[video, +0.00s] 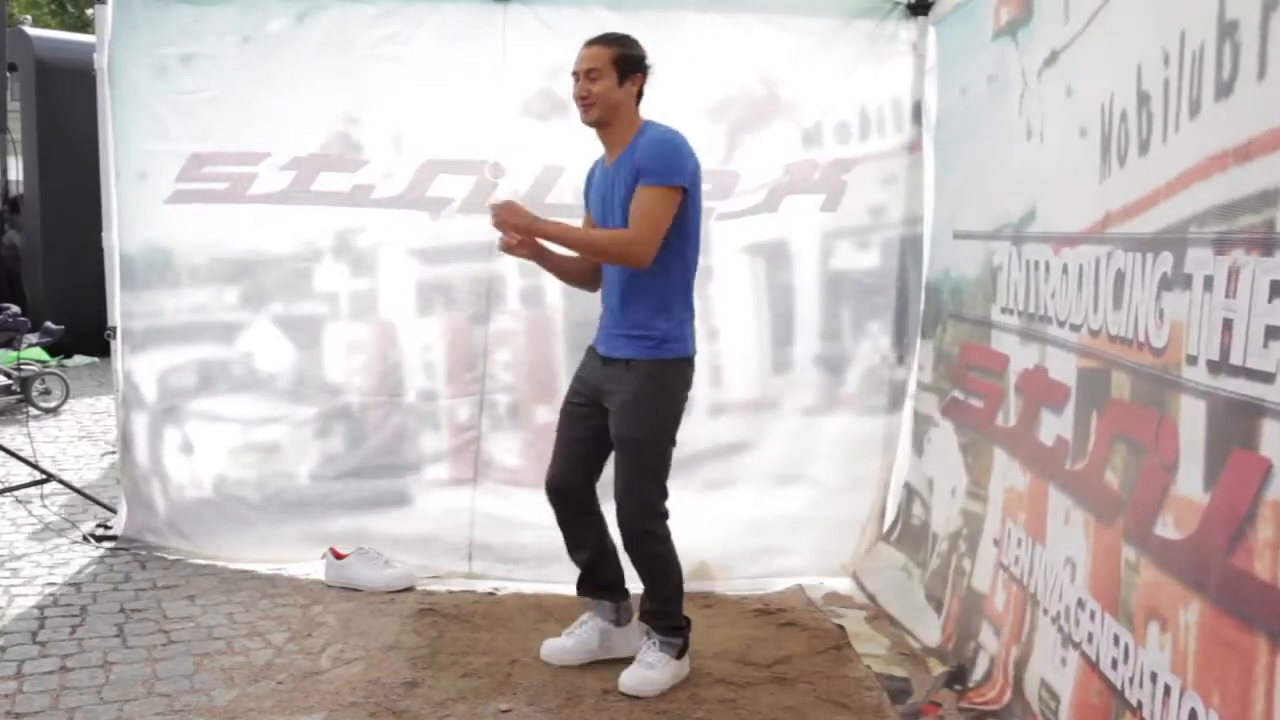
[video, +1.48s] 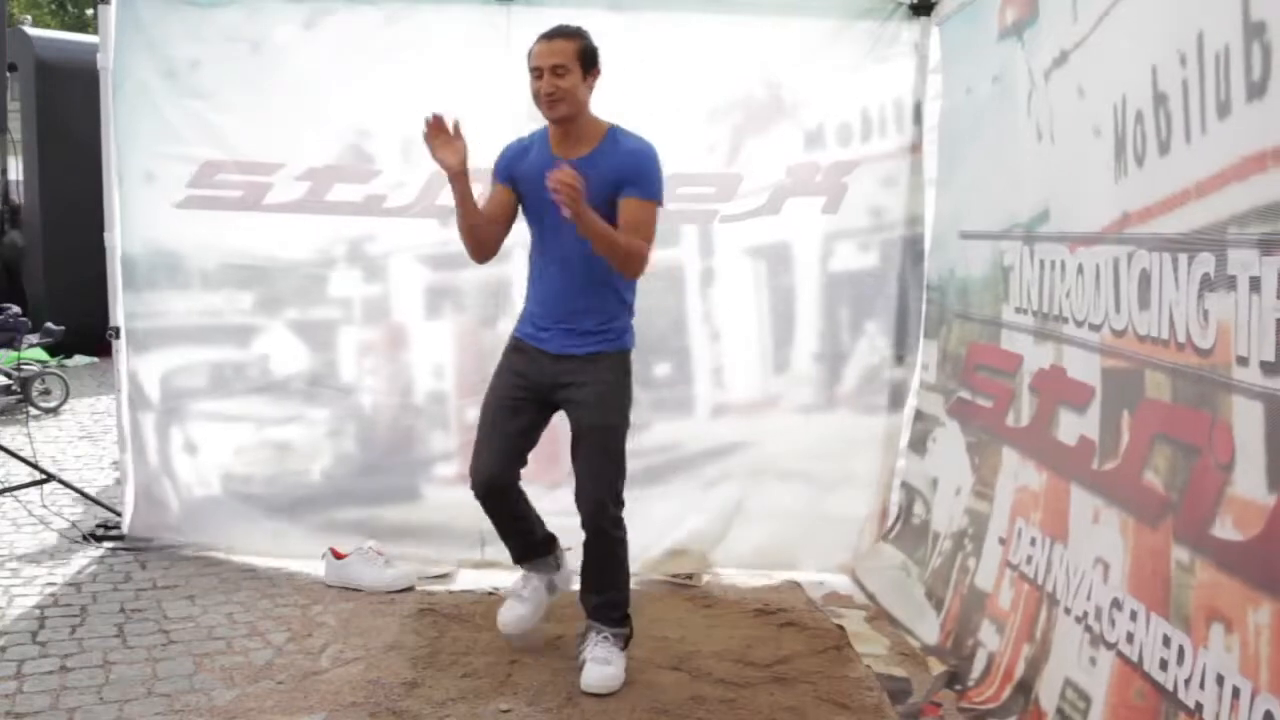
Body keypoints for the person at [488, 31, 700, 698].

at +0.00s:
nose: (580, 90)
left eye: (593, 78)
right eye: (576, 79)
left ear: (633, 85)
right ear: (577, 89)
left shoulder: (664, 149)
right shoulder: (599, 174)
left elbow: (639, 247)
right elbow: (590, 274)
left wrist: (542, 229)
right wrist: (536, 250)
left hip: (655, 363)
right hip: (604, 356)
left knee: (638, 504)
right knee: (568, 486)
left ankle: (669, 642)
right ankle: (610, 617)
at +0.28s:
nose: (548, 98)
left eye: (559, 85)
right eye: (545, 87)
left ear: (599, 85)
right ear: (573, 93)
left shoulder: (624, 127)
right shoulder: (600, 164)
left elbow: (576, 173)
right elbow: (595, 264)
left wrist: (498, 215)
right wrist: (518, 243)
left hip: (637, 348)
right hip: (593, 351)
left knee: (651, 502)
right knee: (573, 488)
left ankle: (689, 652)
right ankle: (602, 615)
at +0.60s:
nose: (533, 97)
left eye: (546, 86)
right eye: (528, 87)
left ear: (583, 92)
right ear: (527, 95)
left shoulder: (621, 153)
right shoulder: (540, 180)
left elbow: (620, 250)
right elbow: (525, 271)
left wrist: (542, 243)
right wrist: (466, 229)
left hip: (626, 346)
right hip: (572, 350)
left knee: (589, 486)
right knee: (553, 487)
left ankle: (637, 622)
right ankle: (596, 609)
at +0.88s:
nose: (563, 91)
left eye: (577, 81)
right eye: (555, 79)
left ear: (606, 87)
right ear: (546, 83)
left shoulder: (640, 163)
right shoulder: (524, 159)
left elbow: (645, 268)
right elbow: (498, 258)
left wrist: (595, 266)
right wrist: (497, 251)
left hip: (614, 351)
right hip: (546, 352)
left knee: (601, 493)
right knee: (557, 499)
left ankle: (606, 633)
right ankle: (595, 607)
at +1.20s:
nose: (595, 92)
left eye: (608, 82)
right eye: (585, 80)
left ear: (635, 85)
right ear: (573, 81)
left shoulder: (656, 176)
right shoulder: (535, 131)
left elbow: (671, 276)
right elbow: (446, 179)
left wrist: (721, 276)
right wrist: (436, 150)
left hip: (591, 350)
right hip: (521, 345)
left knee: (594, 496)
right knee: (543, 491)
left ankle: (607, 629)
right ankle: (574, 598)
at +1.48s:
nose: (547, 85)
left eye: (560, 73)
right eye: (538, 75)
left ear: (591, 78)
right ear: (529, 84)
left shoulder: (632, 157)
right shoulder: (520, 155)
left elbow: (633, 263)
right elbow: (481, 247)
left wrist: (580, 212)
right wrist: (458, 175)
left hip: (600, 356)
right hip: (530, 348)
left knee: (599, 504)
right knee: (489, 478)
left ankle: (607, 632)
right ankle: (543, 564)